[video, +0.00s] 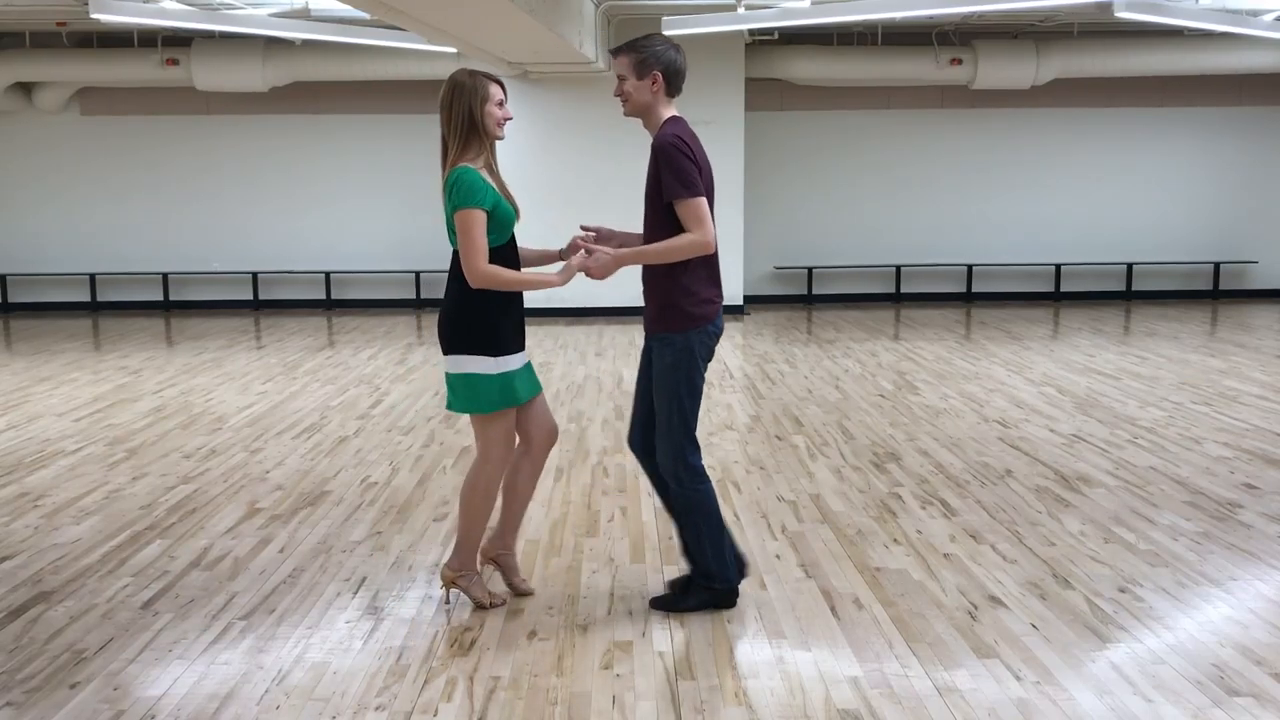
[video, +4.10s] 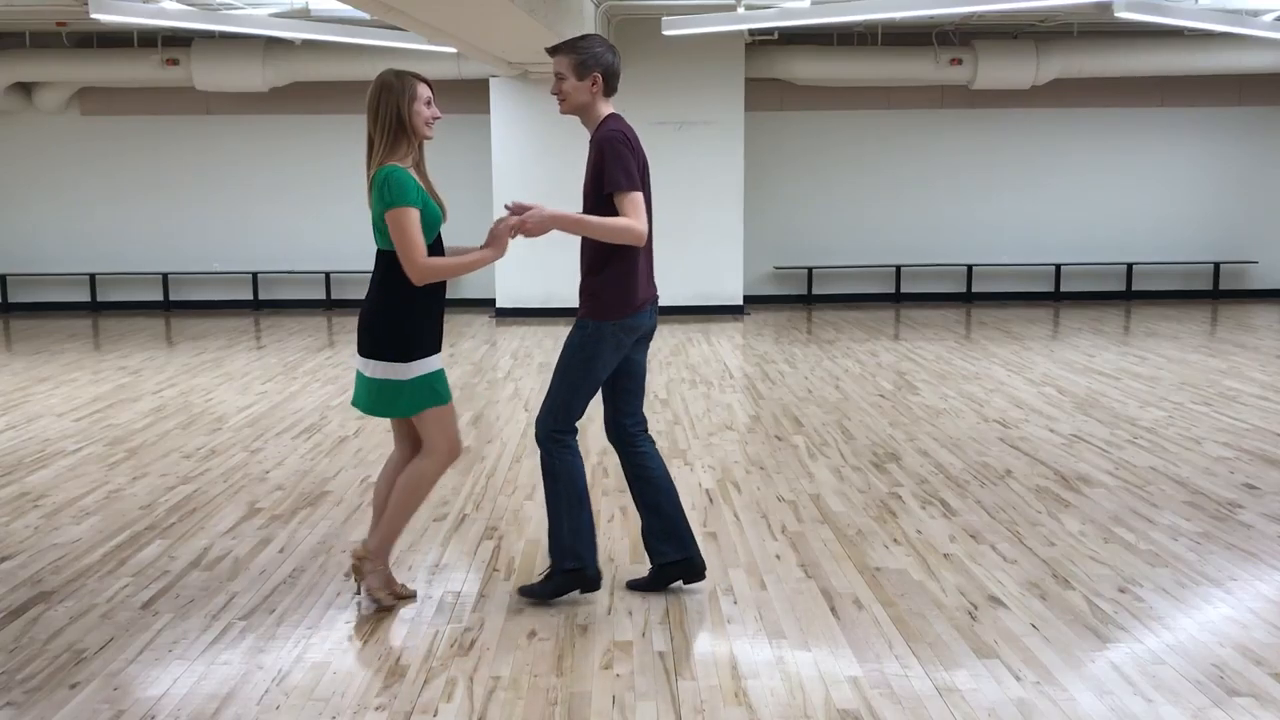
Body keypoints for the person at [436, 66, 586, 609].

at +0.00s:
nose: (507, 113)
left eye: (505, 104)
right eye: (498, 104)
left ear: (478, 113)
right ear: (472, 112)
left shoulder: (484, 174)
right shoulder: (469, 178)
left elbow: (503, 256)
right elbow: (476, 271)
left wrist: (561, 252)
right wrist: (551, 280)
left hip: (500, 332)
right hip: (475, 335)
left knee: (540, 434)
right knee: (496, 448)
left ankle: (502, 543)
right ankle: (461, 564)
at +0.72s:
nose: (494, 111)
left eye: (493, 102)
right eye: (484, 102)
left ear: (478, 108)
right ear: (458, 109)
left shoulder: (473, 173)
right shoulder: (451, 176)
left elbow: (490, 255)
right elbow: (476, 262)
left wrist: (549, 247)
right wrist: (541, 232)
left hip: (480, 325)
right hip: (463, 328)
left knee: (495, 443)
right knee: (486, 446)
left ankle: (430, 546)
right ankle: (476, 565)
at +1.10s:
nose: (463, 115)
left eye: (461, 106)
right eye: (454, 106)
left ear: (441, 113)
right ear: (426, 114)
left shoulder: (437, 175)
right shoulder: (416, 180)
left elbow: (442, 262)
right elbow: (418, 270)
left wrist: (494, 265)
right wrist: (488, 267)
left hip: (439, 331)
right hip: (430, 336)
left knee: (444, 447)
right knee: (471, 447)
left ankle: (419, 562)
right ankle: (410, 552)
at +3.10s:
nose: (477, 111)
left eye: (475, 102)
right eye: (466, 102)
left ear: (459, 111)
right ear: (440, 111)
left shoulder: (455, 173)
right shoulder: (433, 177)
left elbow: (479, 251)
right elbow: (466, 261)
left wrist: (535, 229)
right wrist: (529, 233)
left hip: (468, 327)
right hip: (449, 330)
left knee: (482, 443)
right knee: (478, 446)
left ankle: (420, 544)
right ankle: (460, 562)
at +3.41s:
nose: (450, 113)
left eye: (447, 104)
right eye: (439, 105)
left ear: (428, 113)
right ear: (412, 114)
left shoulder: (426, 176)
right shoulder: (403, 180)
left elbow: (435, 263)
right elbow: (405, 273)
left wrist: (486, 271)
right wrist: (478, 275)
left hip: (430, 332)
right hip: (421, 338)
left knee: (437, 446)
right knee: (465, 445)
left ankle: (411, 560)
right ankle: (405, 550)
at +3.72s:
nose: (432, 113)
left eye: (430, 104)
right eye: (422, 105)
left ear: (409, 114)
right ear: (396, 113)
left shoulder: (410, 177)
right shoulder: (388, 180)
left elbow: (410, 263)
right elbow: (369, 267)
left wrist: (460, 265)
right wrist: (443, 277)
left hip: (414, 334)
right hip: (386, 336)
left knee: (446, 442)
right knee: (382, 452)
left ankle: (410, 554)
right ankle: (337, 567)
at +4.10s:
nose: (436, 111)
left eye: (433, 102)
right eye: (426, 103)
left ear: (412, 111)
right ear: (400, 113)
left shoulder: (408, 175)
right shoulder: (395, 178)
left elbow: (429, 261)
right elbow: (417, 268)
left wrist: (487, 245)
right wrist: (489, 255)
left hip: (395, 335)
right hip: (404, 339)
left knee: (409, 446)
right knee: (443, 446)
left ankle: (372, 557)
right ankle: (376, 555)